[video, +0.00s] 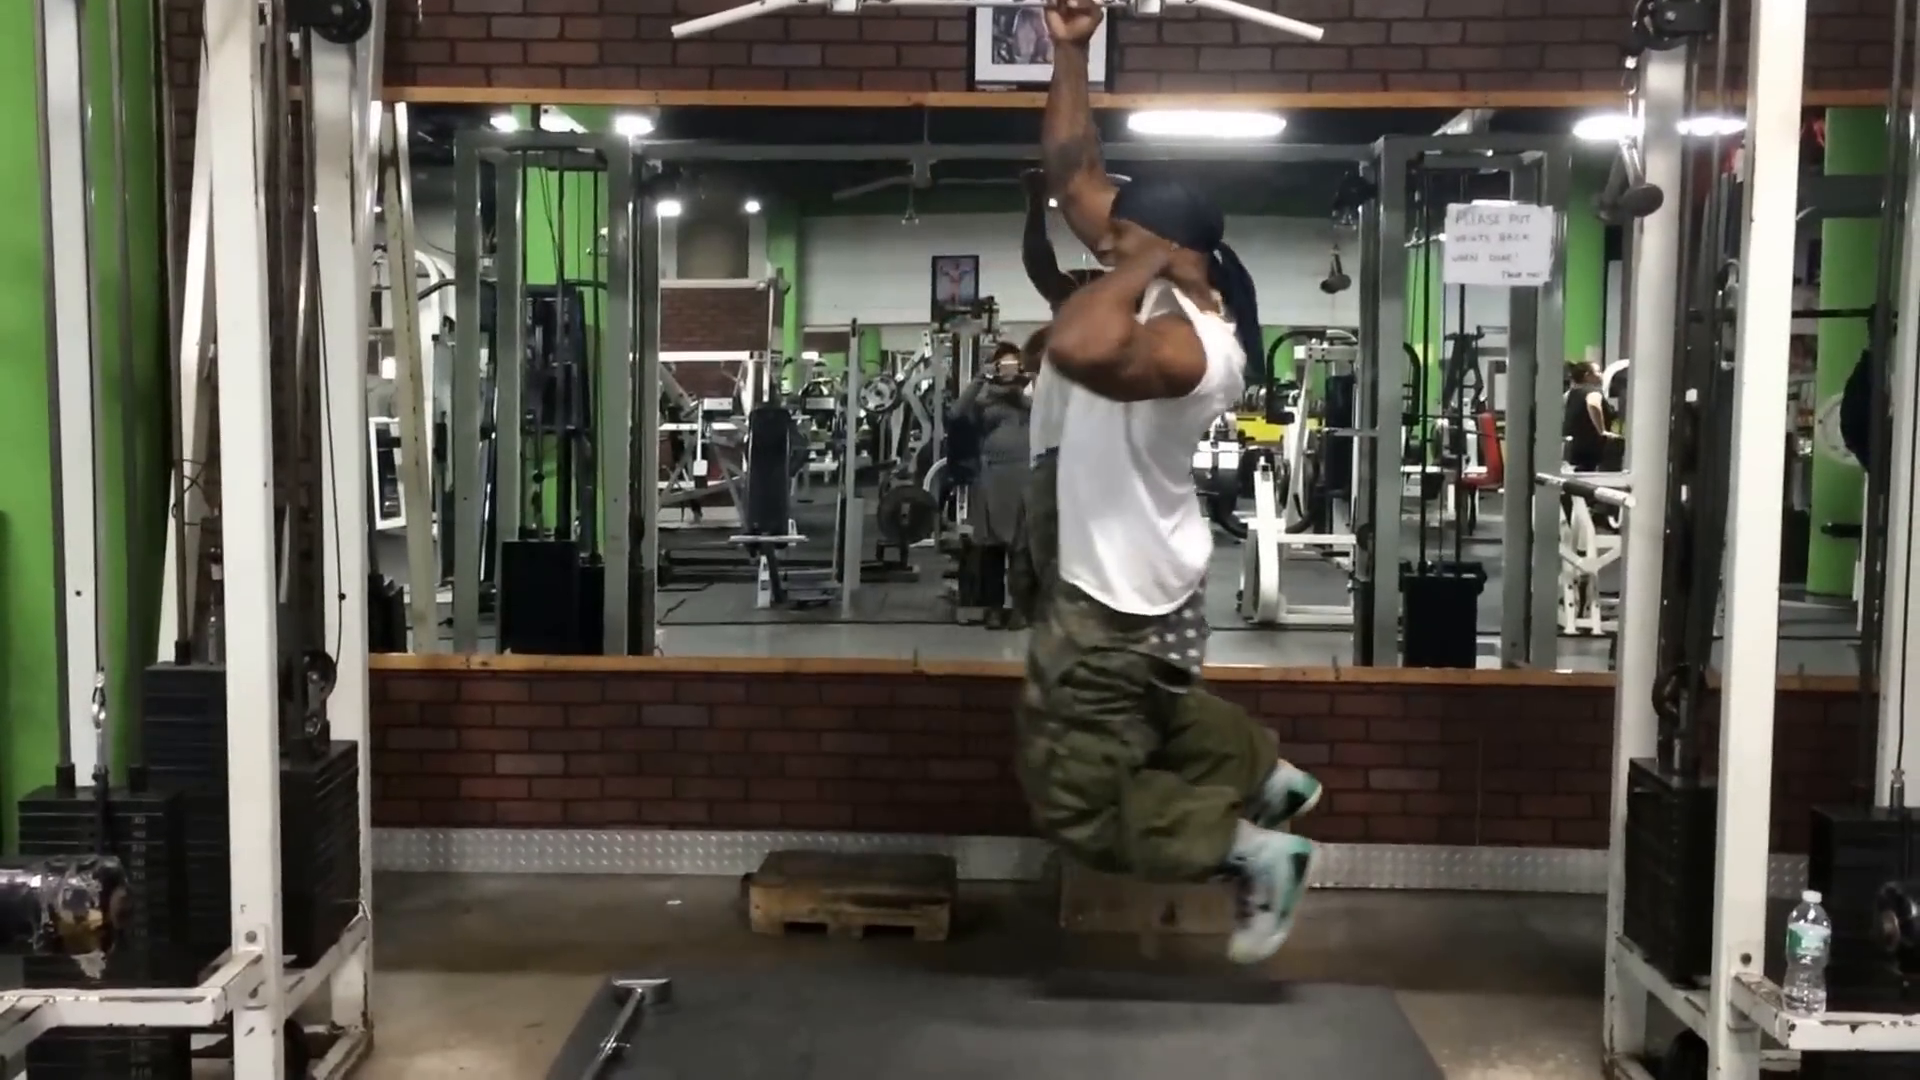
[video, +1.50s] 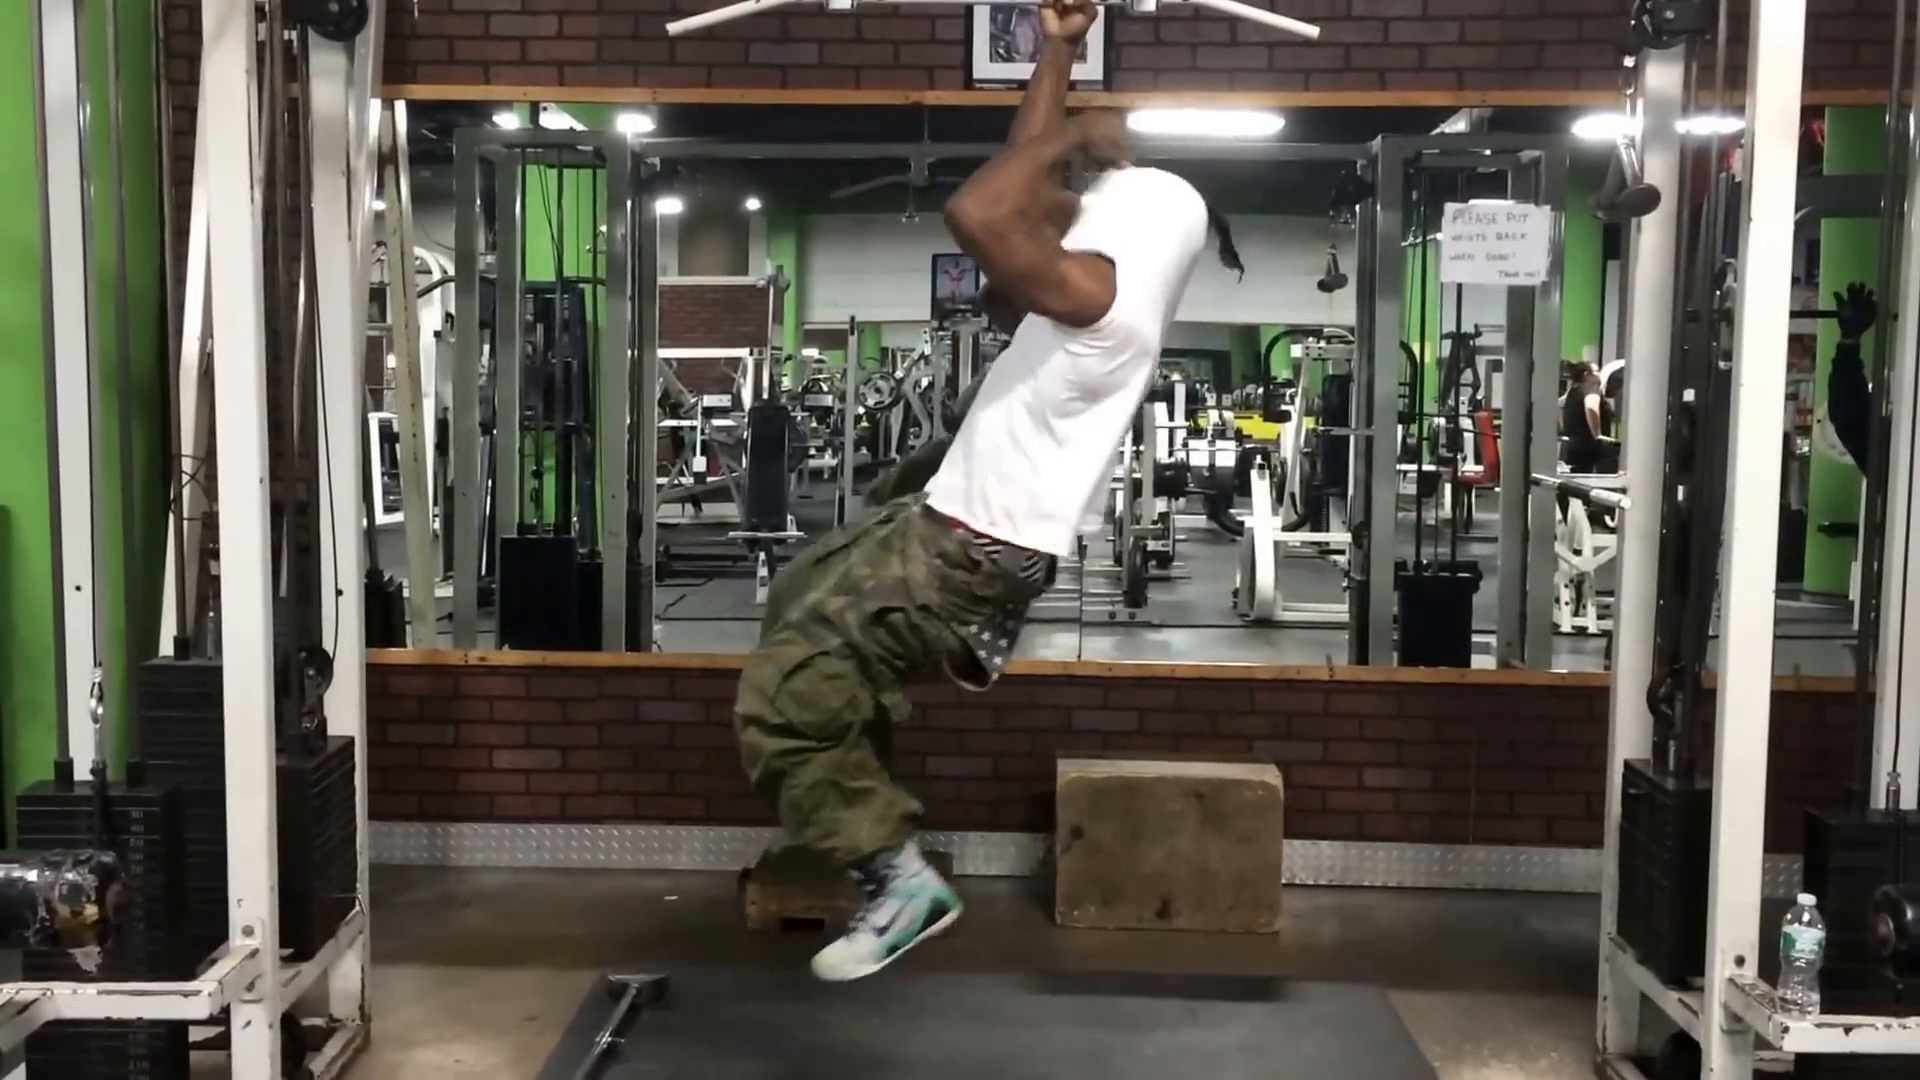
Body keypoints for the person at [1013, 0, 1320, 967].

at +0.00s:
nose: (1116, 247)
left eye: (1130, 238)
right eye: (1121, 234)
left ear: (1175, 252)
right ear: (1183, 251)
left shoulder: (1190, 341)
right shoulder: (1172, 300)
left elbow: (1078, 346)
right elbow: (1072, 180)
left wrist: (1149, 261)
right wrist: (1069, 53)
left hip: (1118, 592)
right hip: (1145, 573)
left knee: (1072, 802)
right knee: (1153, 709)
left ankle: (1249, 854)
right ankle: (1269, 784)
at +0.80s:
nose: (1082, 242)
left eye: (1100, 229)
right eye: (1085, 228)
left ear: (1146, 259)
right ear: (1123, 256)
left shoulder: (1158, 337)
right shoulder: (1103, 310)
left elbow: (1077, 279)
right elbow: (1053, 175)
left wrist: (1152, 243)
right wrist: (1063, 47)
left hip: (1026, 595)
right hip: (1029, 587)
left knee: (936, 800)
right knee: (1016, 758)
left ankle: (1123, 913)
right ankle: (1140, 865)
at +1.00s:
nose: (1078, 244)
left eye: (1098, 231)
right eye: (1090, 229)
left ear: (1135, 255)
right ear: (1123, 247)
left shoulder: (1124, 335)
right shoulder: (1102, 318)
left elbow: (1053, 239)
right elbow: (1046, 176)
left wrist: (1161, 228)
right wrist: (1064, 44)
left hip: (963, 571)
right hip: (997, 581)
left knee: (827, 768)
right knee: (934, 741)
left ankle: (976, 939)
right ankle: (1035, 881)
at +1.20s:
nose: (1079, 203)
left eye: (1090, 191)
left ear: (1117, 212)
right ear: (1166, 237)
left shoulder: (1119, 299)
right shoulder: (1087, 298)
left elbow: (1064, 181)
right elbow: (1034, 175)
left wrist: (1178, 167)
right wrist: (1059, 50)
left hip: (933, 556)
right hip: (974, 568)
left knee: (759, 734)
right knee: (879, 715)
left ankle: (874, 924)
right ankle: (946, 870)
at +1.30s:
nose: (1067, 199)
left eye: (1083, 185)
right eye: (1070, 179)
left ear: (1113, 207)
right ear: (1141, 223)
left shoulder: (1100, 290)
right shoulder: (1105, 310)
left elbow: (1039, 171)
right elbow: (1047, 181)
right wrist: (1065, 64)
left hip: (933, 551)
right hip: (982, 559)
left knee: (749, 715)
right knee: (845, 684)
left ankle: (859, 913)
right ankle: (913, 851)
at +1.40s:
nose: (1050, 218)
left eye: (1060, 189)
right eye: (1060, 180)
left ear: (1088, 200)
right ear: (1130, 223)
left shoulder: (1108, 288)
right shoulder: (1093, 296)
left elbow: (993, 189)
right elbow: (1016, 213)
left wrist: (1068, 120)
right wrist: (1055, 61)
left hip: (951, 546)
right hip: (974, 544)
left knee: (759, 699)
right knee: (835, 666)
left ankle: (867, 894)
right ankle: (883, 848)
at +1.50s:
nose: (1066, 201)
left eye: (1076, 189)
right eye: (1073, 190)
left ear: (1117, 225)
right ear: (1139, 232)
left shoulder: (1110, 309)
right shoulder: (1097, 294)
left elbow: (979, 216)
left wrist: (1062, 128)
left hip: (977, 549)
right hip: (949, 519)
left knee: (782, 693)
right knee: (792, 599)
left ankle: (899, 876)